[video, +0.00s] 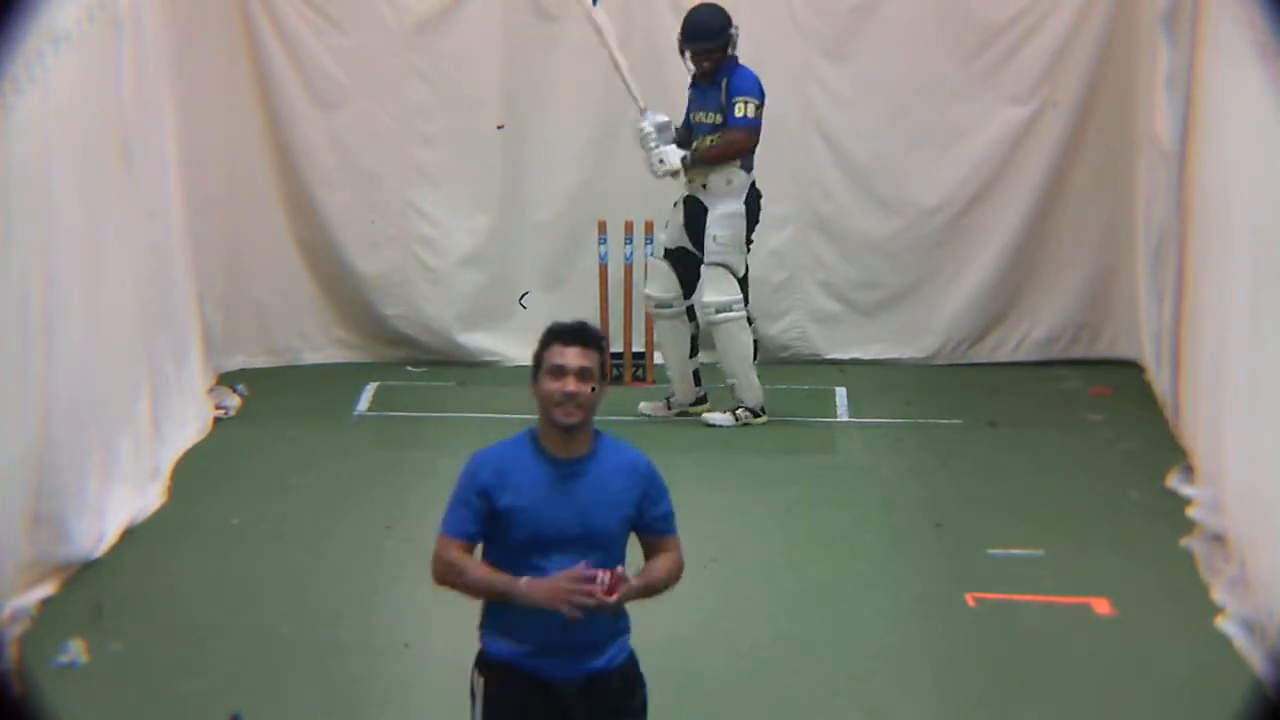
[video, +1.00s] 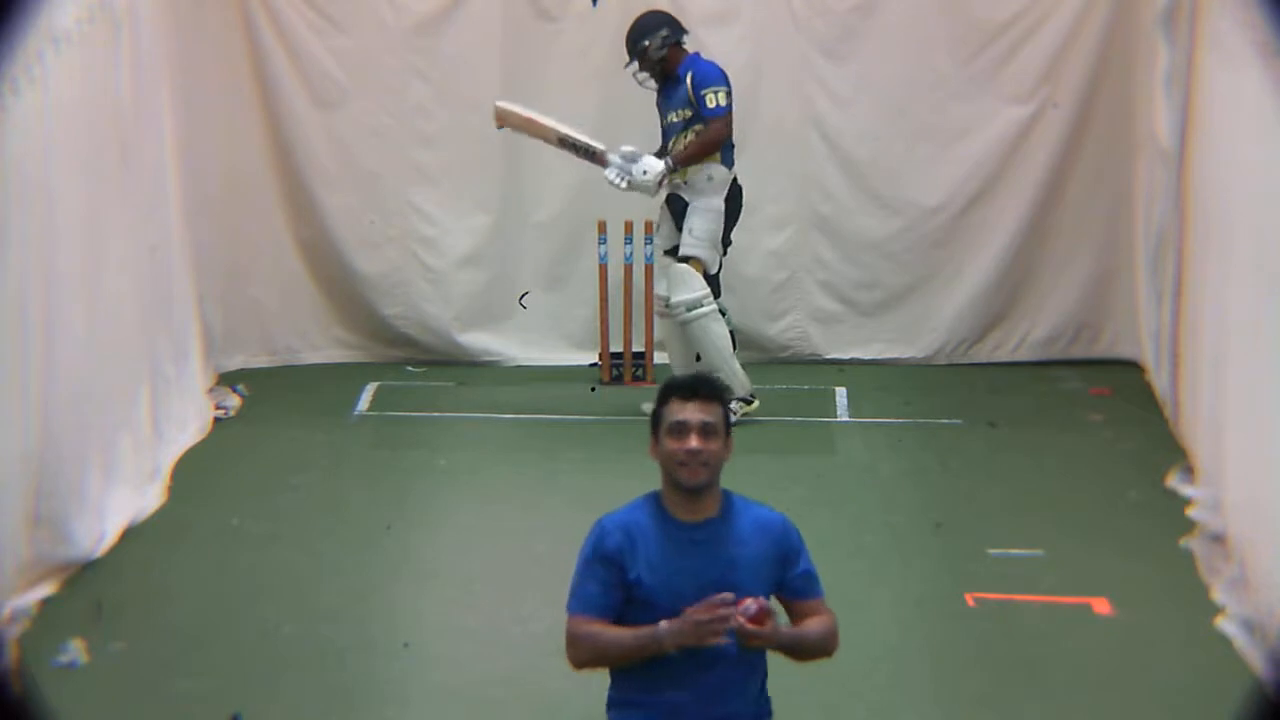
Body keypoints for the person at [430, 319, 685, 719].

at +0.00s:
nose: (570, 388)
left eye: (584, 377)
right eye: (557, 374)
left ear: (600, 388)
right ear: (535, 383)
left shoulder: (633, 471)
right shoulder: (490, 469)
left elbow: (668, 557)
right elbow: (446, 564)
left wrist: (633, 587)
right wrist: (532, 590)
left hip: (606, 678)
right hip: (515, 680)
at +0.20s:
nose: (613, 413)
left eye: (629, 403)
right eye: (600, 399)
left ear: (646, 418)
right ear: (579, 412)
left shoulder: (676, 503)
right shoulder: (536, 496)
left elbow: (710, 609)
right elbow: (495, 593)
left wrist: (659, 602)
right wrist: (588, 600)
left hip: (641, 702)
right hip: (549, 701)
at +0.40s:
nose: (646, 400)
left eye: (660, 389)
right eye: (632, 386)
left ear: (679, 406)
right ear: (610, 401)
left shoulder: (711, 488)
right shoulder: (566, 484)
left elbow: (750, 594)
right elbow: (527, 585)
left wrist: (673, 573)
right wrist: (606, 577)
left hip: (677, 695)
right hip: (587, 696)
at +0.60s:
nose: (662, 427)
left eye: (676, 415)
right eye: (648, 414)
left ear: (695, 432)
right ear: (626, 428)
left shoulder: (732, 515)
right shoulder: (586, 514)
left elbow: (771, 622)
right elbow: (547, 624)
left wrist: (680, 604)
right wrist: (615, 605)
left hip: (702, 709)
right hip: (609, 709)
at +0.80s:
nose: (666, 450)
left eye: (680, 437)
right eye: (651, 437)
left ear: (699, 451)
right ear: (628, 451)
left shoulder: (746, 536)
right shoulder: (594, 544)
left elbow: (790, 643)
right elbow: (561, 657)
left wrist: (726, 641)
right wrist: (615, 648)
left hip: (719, 713)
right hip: (623, 713)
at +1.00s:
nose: (693, 446)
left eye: (708, 433)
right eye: (678, 432)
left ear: (728, 446)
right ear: (655, 446)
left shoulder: (771, 533)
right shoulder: (616, 536)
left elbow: (824, 634)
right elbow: (581, 647)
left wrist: (777, 637)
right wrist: (674, 633)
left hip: (742, 711)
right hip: (643, 712)